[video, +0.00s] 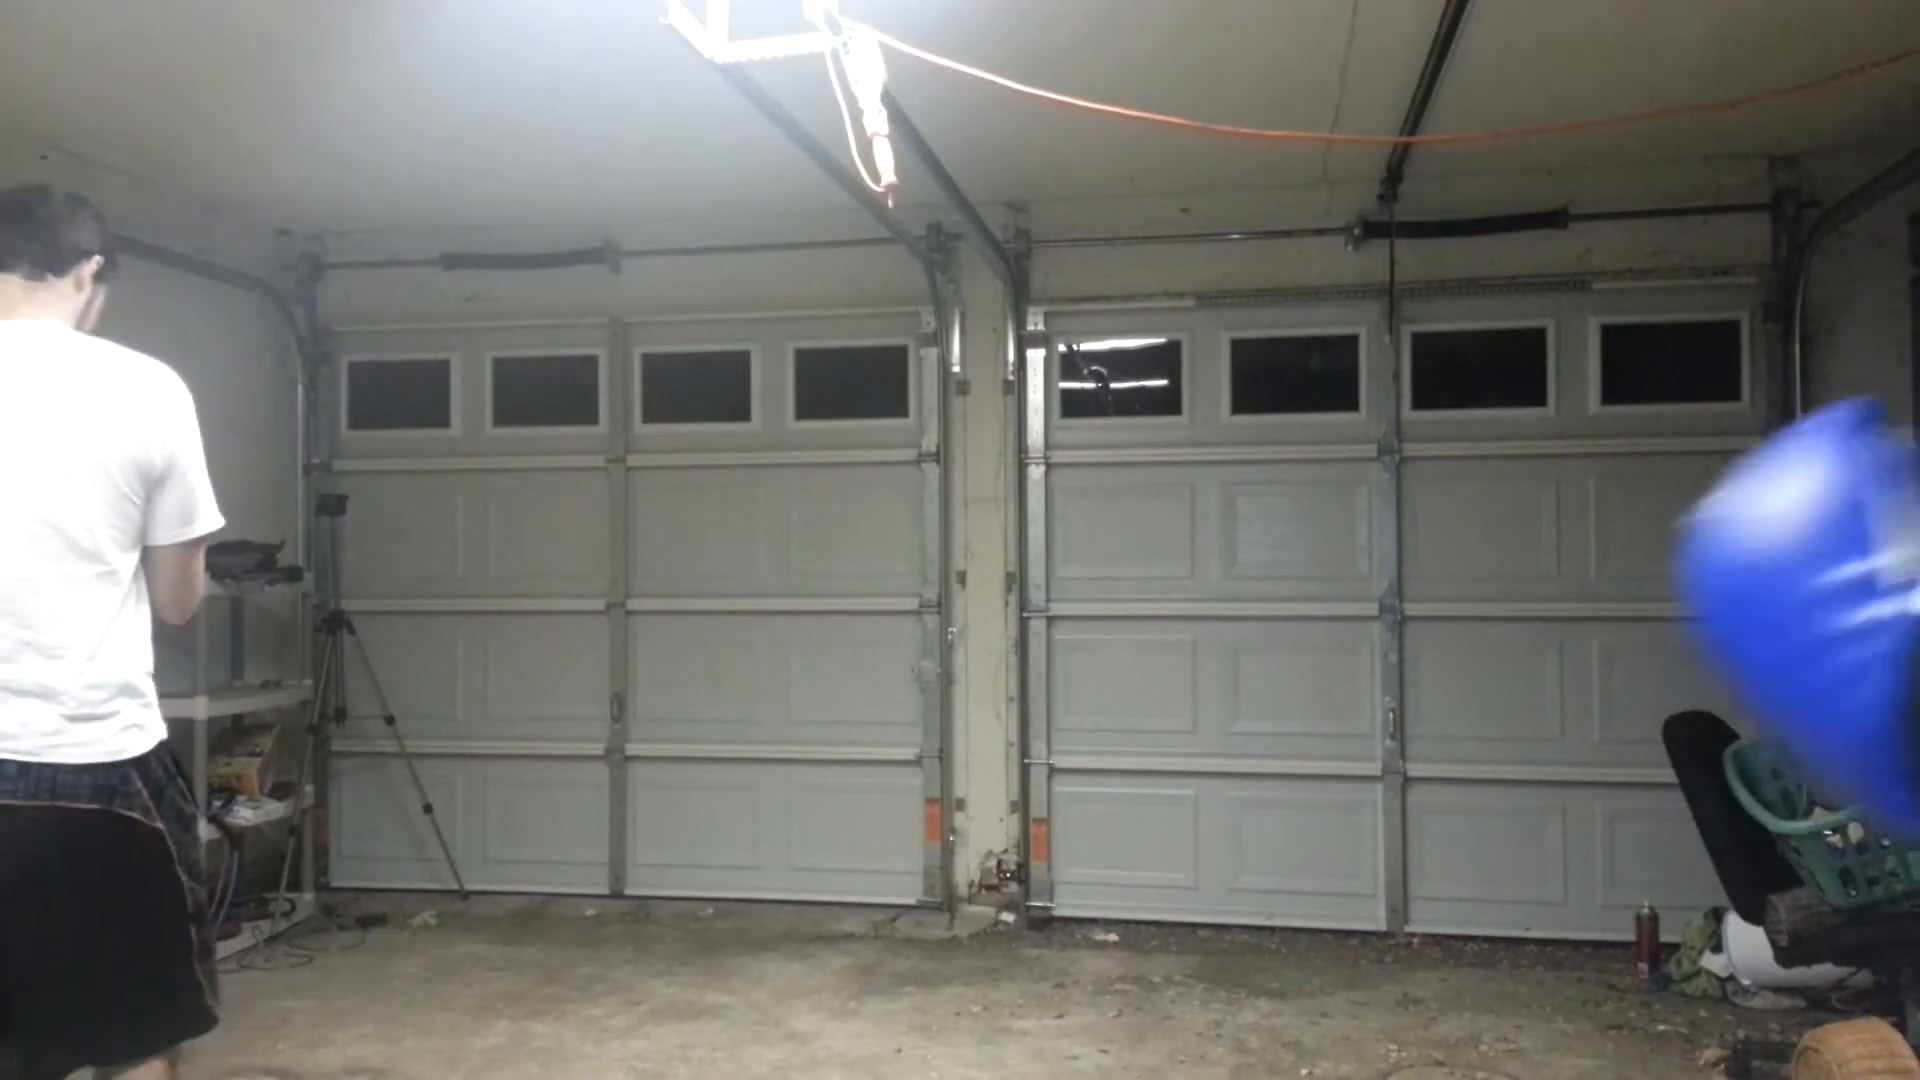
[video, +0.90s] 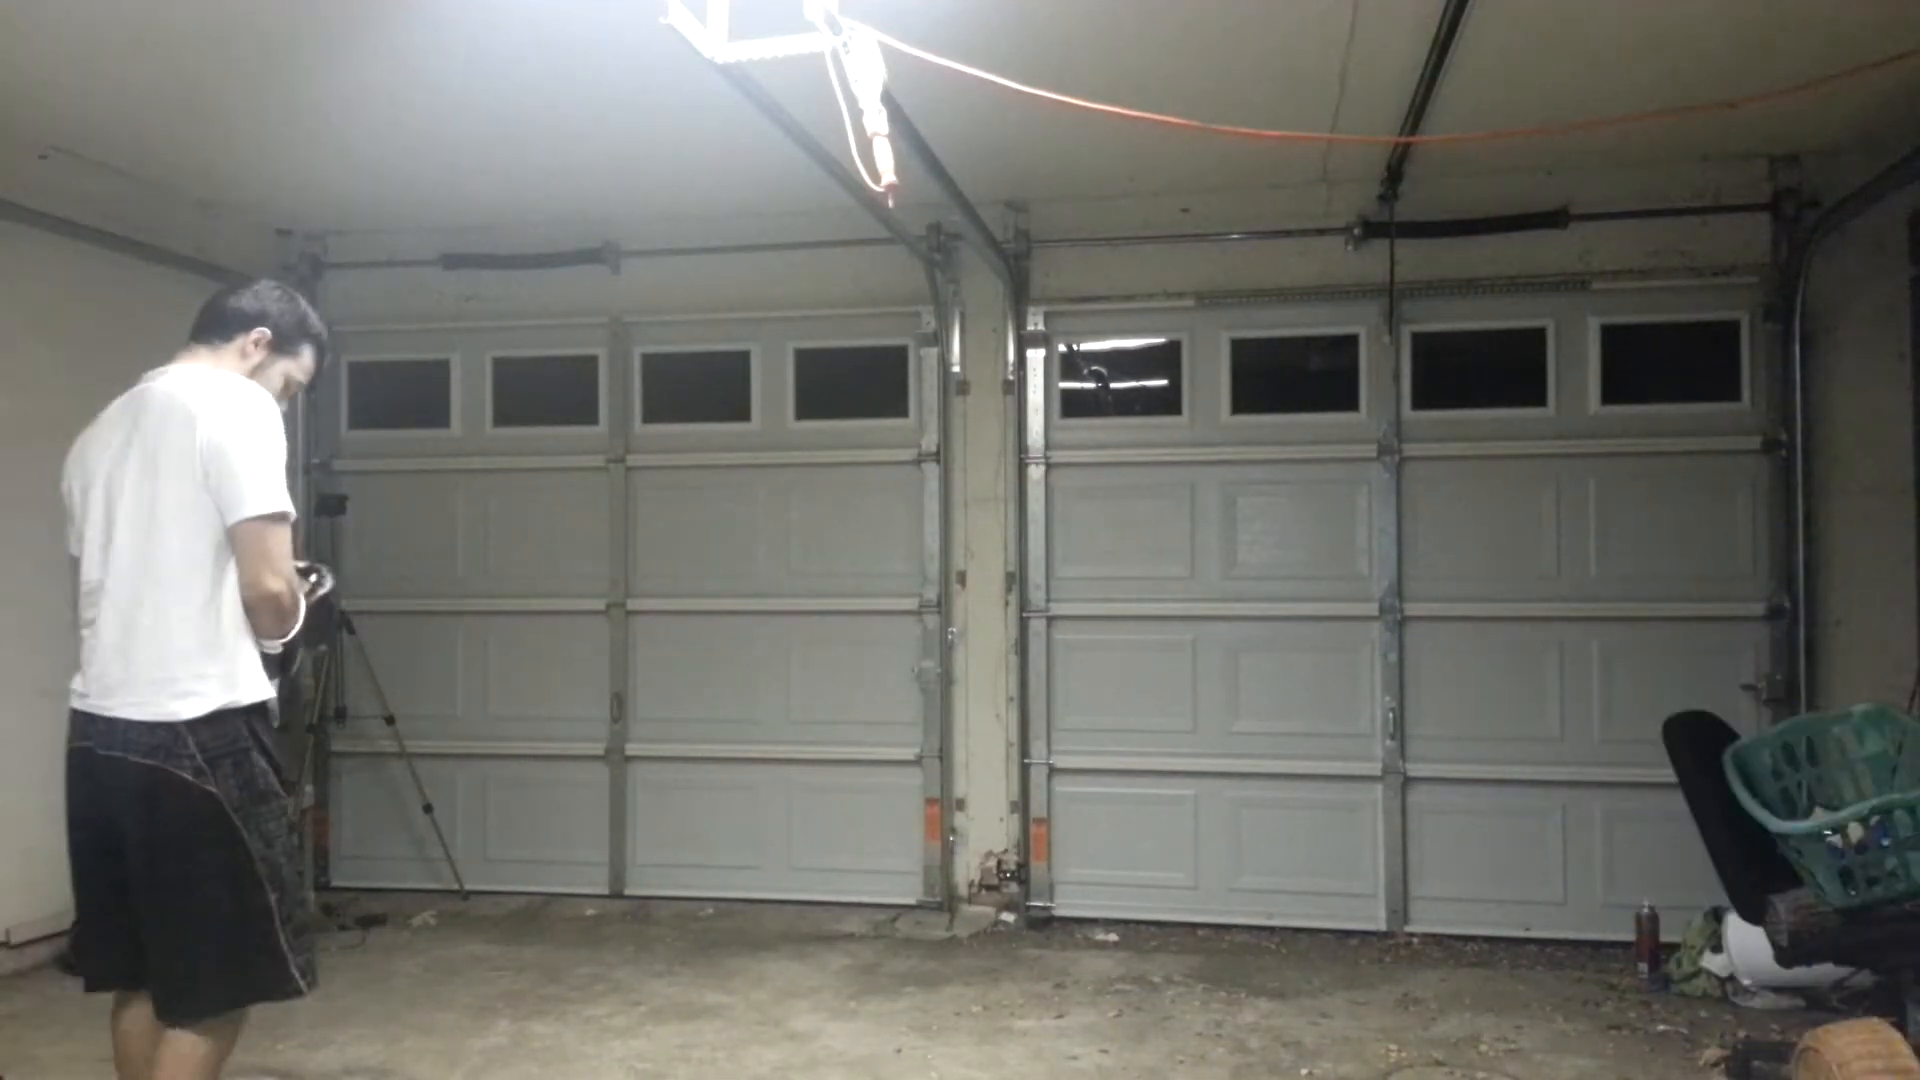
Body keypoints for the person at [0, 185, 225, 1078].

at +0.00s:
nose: (96, 304)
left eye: (99, 291)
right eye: (102, 287)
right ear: (90, 275)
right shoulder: (144, 388)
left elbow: (175, 602)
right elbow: (179, 603)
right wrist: (191, 555)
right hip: (93, 780)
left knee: (17, 1048)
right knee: (142, 1044)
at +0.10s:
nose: (125, 326)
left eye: (128, 308)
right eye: (129, 305)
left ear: (11, 286)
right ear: (111, 289)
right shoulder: (161, 403)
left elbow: (185, 606)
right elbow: (192, 606)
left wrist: (206, 562)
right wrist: (221, 568)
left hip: (3, 785)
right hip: (101, 795)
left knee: (14, 1052)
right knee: (128, 1053)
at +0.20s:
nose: (161, 347)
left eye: (165, 330)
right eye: (166, 325)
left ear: (51, 298)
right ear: (146, 304)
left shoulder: (5, 379)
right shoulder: (189, 419)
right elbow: (215, 613)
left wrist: (219, 567)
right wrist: (256, 580)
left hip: (6, 781)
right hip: (120, 797)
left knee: (10, 1043)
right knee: (110, 1052)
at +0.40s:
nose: (228, 372)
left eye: (235, 355)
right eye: (236, 352)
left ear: (127, 310)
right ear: (212, 321)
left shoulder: (20, 399)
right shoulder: (236, 417)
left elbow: (22, 567)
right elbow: (236, 616)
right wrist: (257, 632)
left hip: (21, 771)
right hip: (161, 780)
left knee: (19, 1024)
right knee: (149, 1041)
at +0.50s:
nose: (246, 379)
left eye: (256, 366)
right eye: (254, 362)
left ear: (157, 316)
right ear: (231, 329)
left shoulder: (27, 408)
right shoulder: (245, 415)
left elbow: (8, 579)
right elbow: (251, 607)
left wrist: (69, 656)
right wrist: (206, 683)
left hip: (26, 756)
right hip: (163, 762)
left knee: (67, 1008)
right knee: (154, 1025)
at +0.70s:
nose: (268, 400)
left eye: (279, 388)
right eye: (275, 382)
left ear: (182, 329)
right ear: (246, 341)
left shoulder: (58, 425)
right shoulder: (245, 414)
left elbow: (49, 599)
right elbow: (268, 601)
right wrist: (240, 648)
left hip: (64, 760)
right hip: (185, 765)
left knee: (110, 1016)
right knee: (169, 1030)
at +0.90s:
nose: (282, 405)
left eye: (293, 392)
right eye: (288, 386)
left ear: (208, 338)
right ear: (257, 342)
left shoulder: (95, 433)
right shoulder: (233, 404)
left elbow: (99, 588)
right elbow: (268, 591)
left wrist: (243, 597)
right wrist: (284, 622)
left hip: (97, 746)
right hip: (196, 750)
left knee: (139, 984)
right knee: (213, 997)